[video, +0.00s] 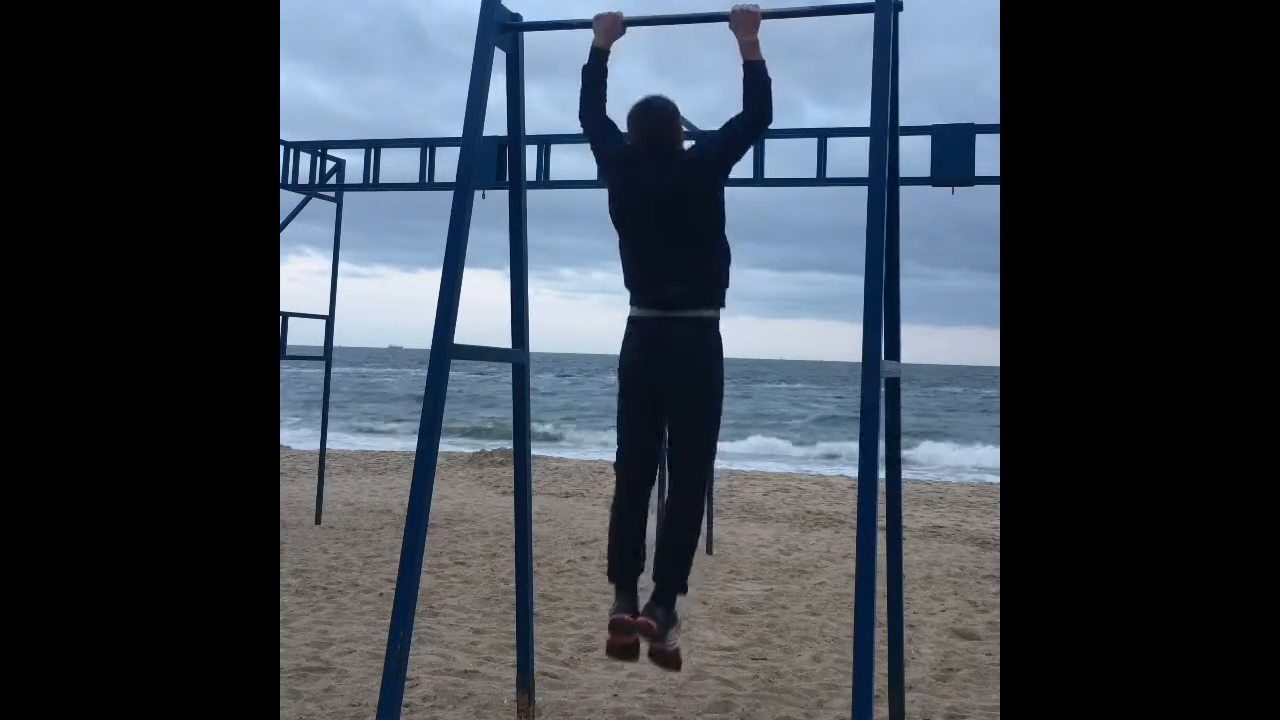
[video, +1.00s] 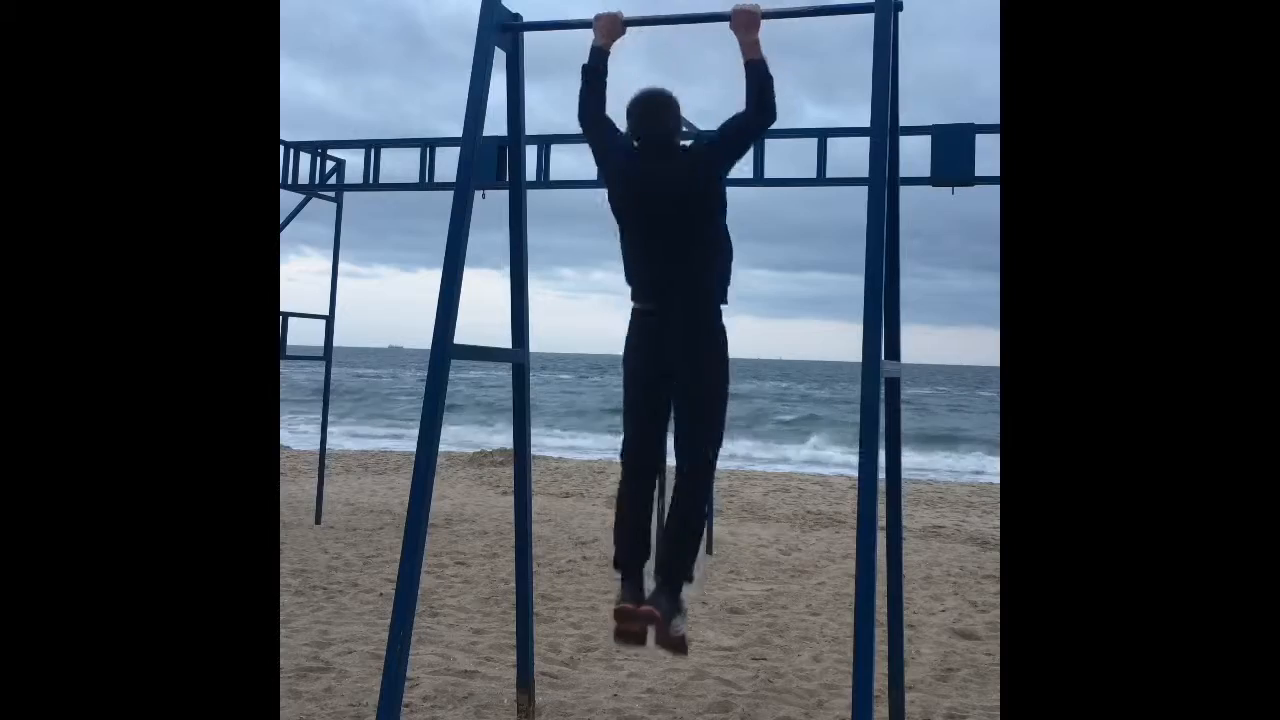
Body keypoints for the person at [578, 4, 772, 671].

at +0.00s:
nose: (686, 125)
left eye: (679, 121)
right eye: (682, 121)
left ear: (630, 138)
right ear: (678, 132)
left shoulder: (620, 170)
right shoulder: (706, 165)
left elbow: (592, 115)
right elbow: (757, 114)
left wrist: (600, 46)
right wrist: (750, 45)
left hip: (643, 339)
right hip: (697, 341)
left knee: (634, 470)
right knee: (688, 477)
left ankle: (625, 605)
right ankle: (662, 610)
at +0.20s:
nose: (655, 81)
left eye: (633, 74)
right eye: (658, 74)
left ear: (615, 85)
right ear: (662, 81)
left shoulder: (601, 130)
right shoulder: (693, 122)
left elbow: (588, 96)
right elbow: (752, 108)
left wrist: (598, 42)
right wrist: (749, 42)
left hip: (634, 294)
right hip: (693, 293)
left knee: (637, 416)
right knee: (695, 423)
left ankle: (639, 542)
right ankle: (674, 552)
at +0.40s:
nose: (656, 8)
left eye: (616, 11)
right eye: (656, 4)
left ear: (609, 11)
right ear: (656, 8)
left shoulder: (591, 56)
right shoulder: (687, 46)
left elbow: (564, 101)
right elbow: (762, 92)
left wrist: (593, 38)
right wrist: (750, 38)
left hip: (631, 220)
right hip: (690, 216)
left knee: (647, 337)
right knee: (704, 339)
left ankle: (661, 455)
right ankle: (699, 463)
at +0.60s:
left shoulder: (602, 36)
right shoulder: (699, 29)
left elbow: (567, 100)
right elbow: (756, 86)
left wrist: (595, 32)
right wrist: (751, 35)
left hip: (636, 201)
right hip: (695, 198)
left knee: (650, 321)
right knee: (706, 318)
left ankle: (669, 439)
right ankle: (704, 442)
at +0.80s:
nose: (660, 60)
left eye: (633, 53)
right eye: (663, 50)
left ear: (622, 61)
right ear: (669, 57)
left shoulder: (606, 109)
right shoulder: (701, 100)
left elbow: (575, 101)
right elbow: (772, 100)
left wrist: (597, 43)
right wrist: (754, 40)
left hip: (640, 275)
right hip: (699, 274)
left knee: (648, 397)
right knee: (701, 396)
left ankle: (656, 519)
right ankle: (689, 520)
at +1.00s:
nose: (683, 122)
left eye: (674, 117)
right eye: (680, 116)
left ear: (631, 130)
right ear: (678, 124)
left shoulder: (620, 167)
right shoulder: (707, 161)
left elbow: (592, 114)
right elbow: (760, 111)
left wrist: (600, 46)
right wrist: (751, 43)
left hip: (646, 330)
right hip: (701, 332)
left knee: (639, 460)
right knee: (695, 469)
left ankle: (631, 592)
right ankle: (666, 600)